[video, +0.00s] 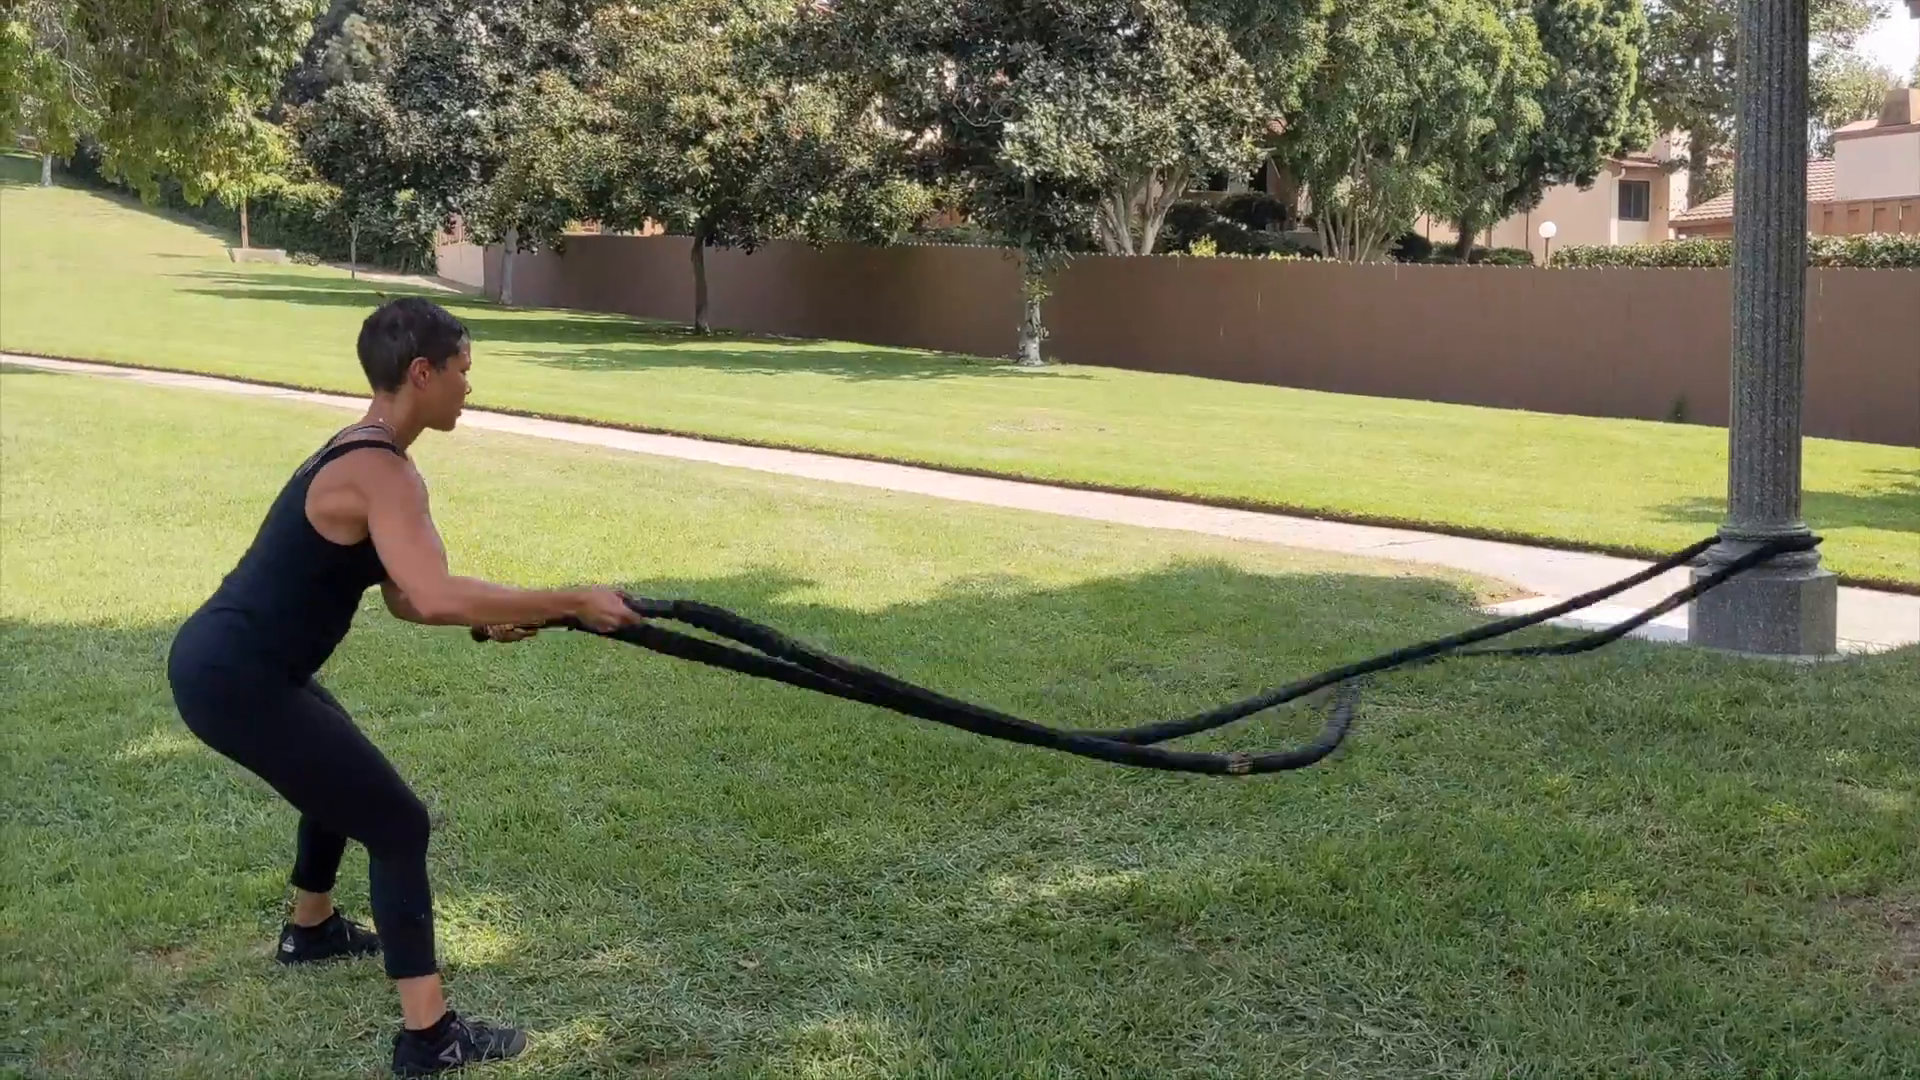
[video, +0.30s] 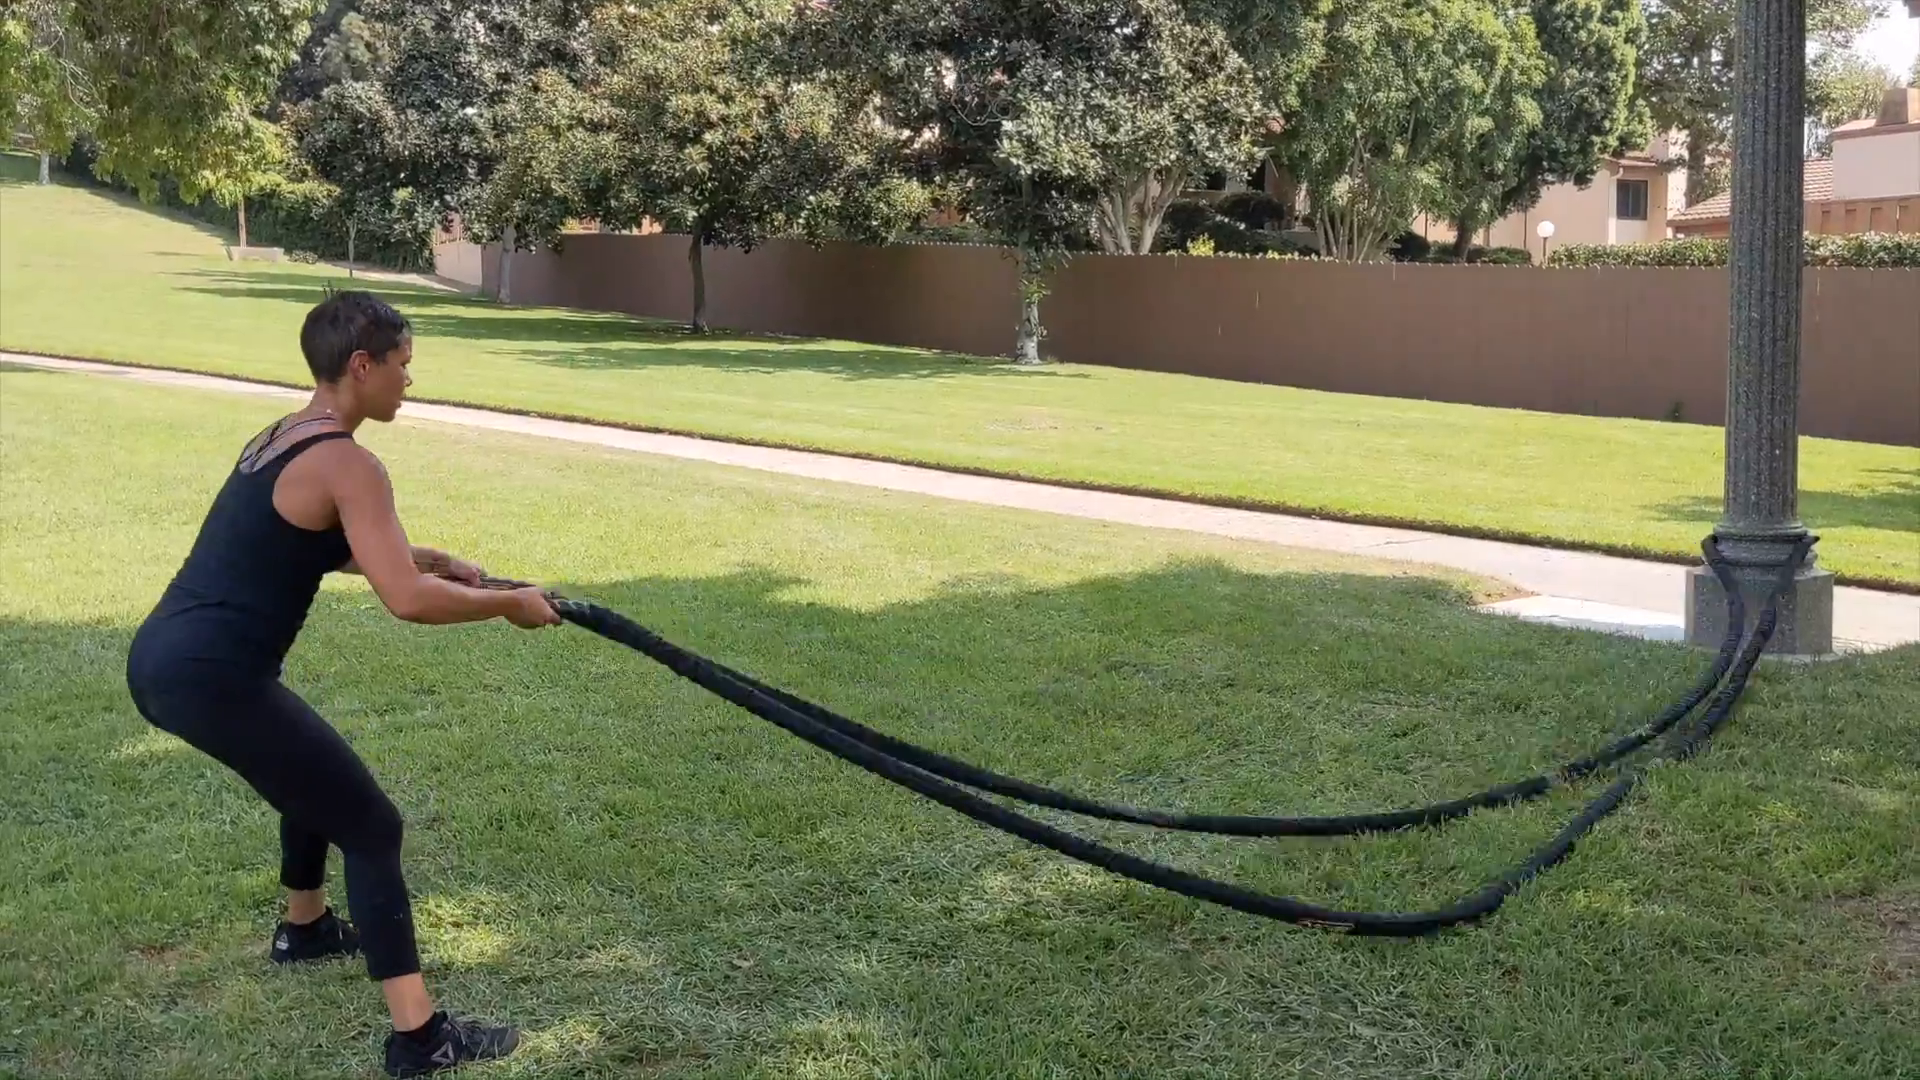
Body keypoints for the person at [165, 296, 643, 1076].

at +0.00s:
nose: (469, 386)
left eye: (468, 370)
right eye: (462, 370)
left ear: (400, 375)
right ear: (420, 373)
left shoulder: (356, 451)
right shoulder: (383, 473)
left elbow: (403, 599)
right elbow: (432, 597)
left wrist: (483, 613)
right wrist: (572, 601)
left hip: (224, 655)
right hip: (238, 680)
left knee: (341, 774)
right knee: (398, 823)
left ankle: (310, 927)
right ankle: (427, 1031)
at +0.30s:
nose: (409, 379)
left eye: (409, 364)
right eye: (402, 364)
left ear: (340, 367)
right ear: (357, 365)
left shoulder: (282, 435)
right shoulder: (349, 466)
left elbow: (314, 547)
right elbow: (410, 599)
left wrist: (420, 559)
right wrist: (506, 602)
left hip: (164, 658)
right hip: (212, 678)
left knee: (311, 770)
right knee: (370, 824)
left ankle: (306, 923)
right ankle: (417, 1029)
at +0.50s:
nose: (396, 377)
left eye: (396, 362)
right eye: (390, 362)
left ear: (325, 362)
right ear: (347, 361)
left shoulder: (251, 424)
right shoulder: (375, 460)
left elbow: (245, 528)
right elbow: (426, 583)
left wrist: (333, 540)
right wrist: (428, 573)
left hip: (157, 660)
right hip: (231, 675)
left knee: (304, 764)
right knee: (387, 817)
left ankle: (301, 923)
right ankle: (414, 1026)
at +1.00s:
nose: (431, 383)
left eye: (430, 366)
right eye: (425, 366)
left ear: (363, 370)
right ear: (383, 366)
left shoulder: (323, 451)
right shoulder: (355, 459)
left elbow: (423, 585)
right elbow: (438, 575)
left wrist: (527, 589)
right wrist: (546, 584)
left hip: (200, 661)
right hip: (199, 681)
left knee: (317, 765)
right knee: (370, 815)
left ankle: (290, 914)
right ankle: (403, 1020)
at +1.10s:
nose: (436, 383)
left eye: (436, 365)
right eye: (430, 365)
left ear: (374, 368)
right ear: (388, 366)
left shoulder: (356, 459)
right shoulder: (343, 461)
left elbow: (418, 586)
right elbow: (421, 584)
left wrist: (534, 607)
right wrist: (541, 601)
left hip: (225, 660)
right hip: (196, 676)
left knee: (329, 758)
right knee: (368, 809)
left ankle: (290, 911)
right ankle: (400, 1018)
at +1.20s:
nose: (436, 377)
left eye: (435, 361)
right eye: (428, 360)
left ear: (373, 366)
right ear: (385, 364)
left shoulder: (363, 455)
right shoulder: (343, 461)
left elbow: (402, 581)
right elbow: (408, 587)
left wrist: (490, 606)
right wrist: (544, 602)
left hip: (222, 654)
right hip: (194, 671)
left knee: (333, 753)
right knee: (365, 807)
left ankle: (288, 909)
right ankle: (399, 1016)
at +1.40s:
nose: (409, 368)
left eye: (408, 352)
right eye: (402, 352)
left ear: (339, 356)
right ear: (359, 355)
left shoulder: (290, 425)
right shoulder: (340, 457)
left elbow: (354, 563)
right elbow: (411, 583)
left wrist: (481, 582)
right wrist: (528, 594)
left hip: (157, 644)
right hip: (196, 662)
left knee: (305, 759)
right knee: (356, 809)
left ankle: (289, 910)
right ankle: (396, 1016)